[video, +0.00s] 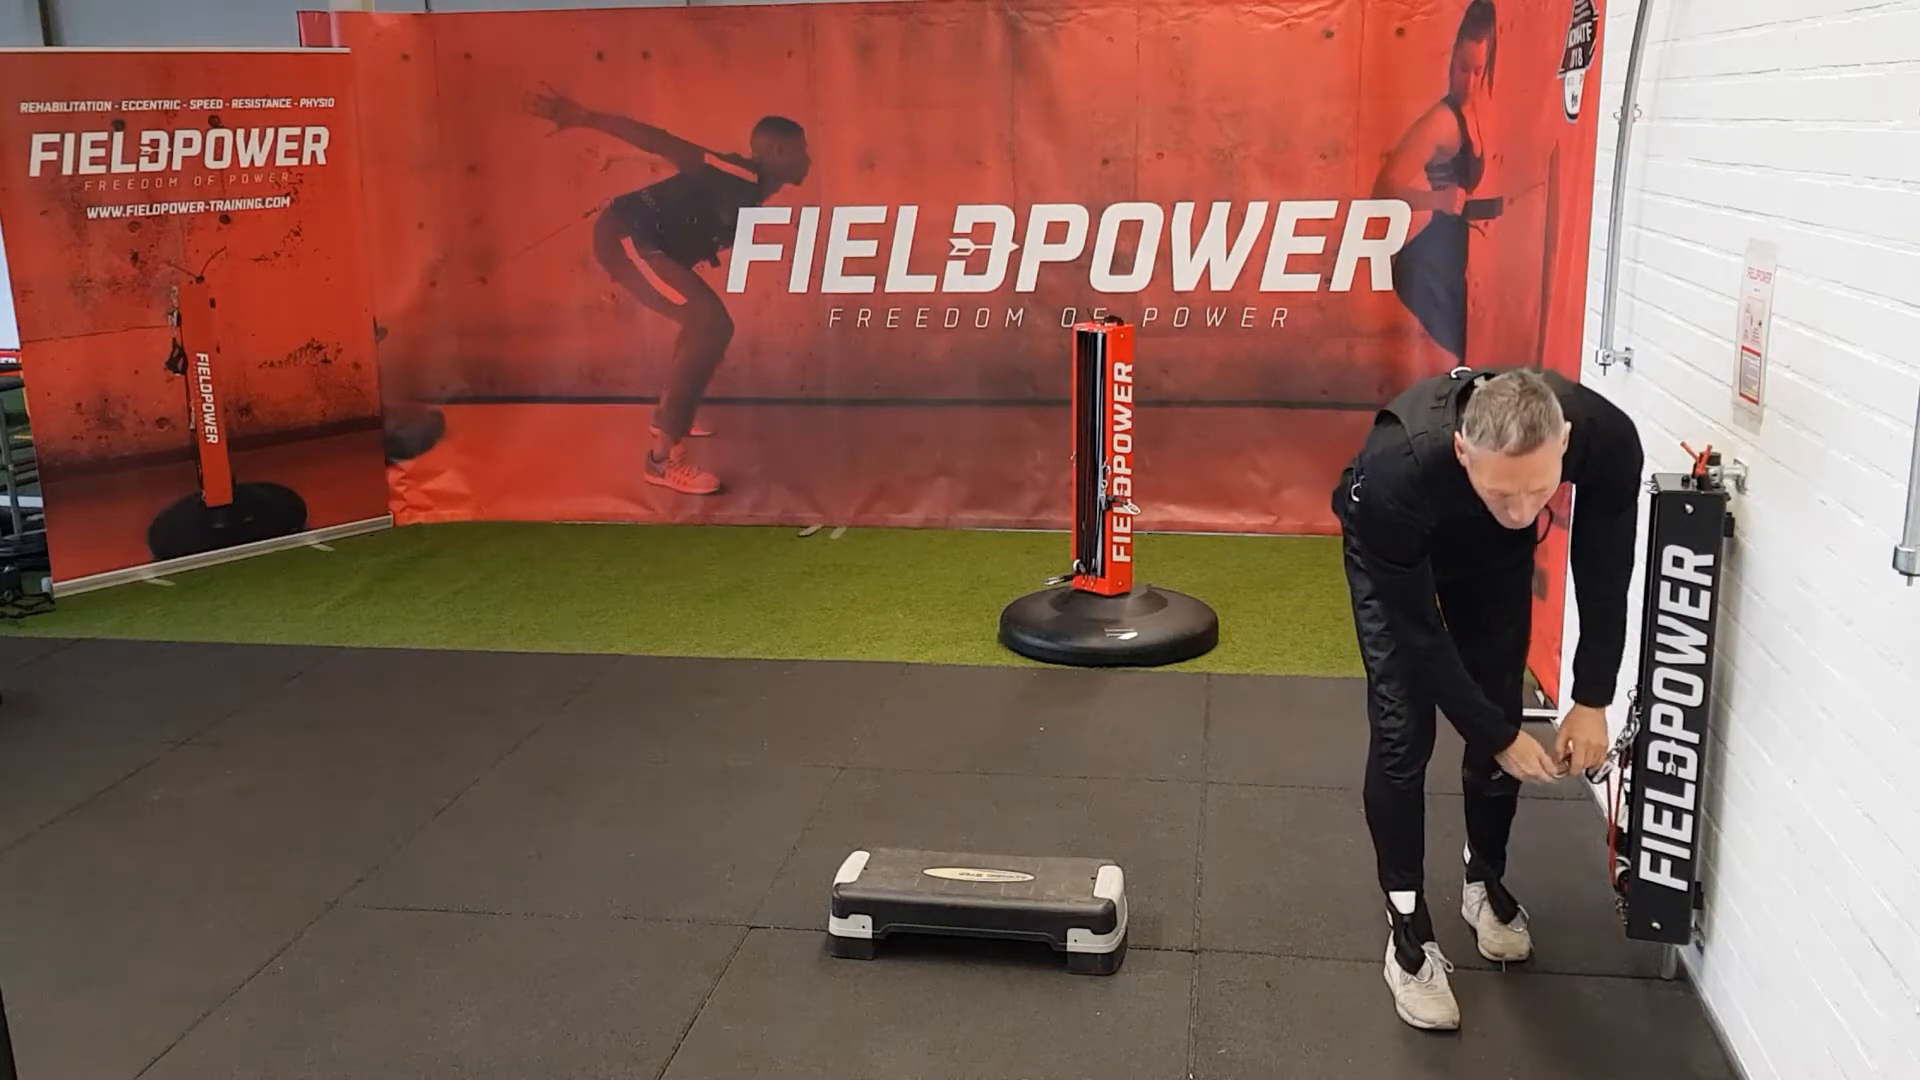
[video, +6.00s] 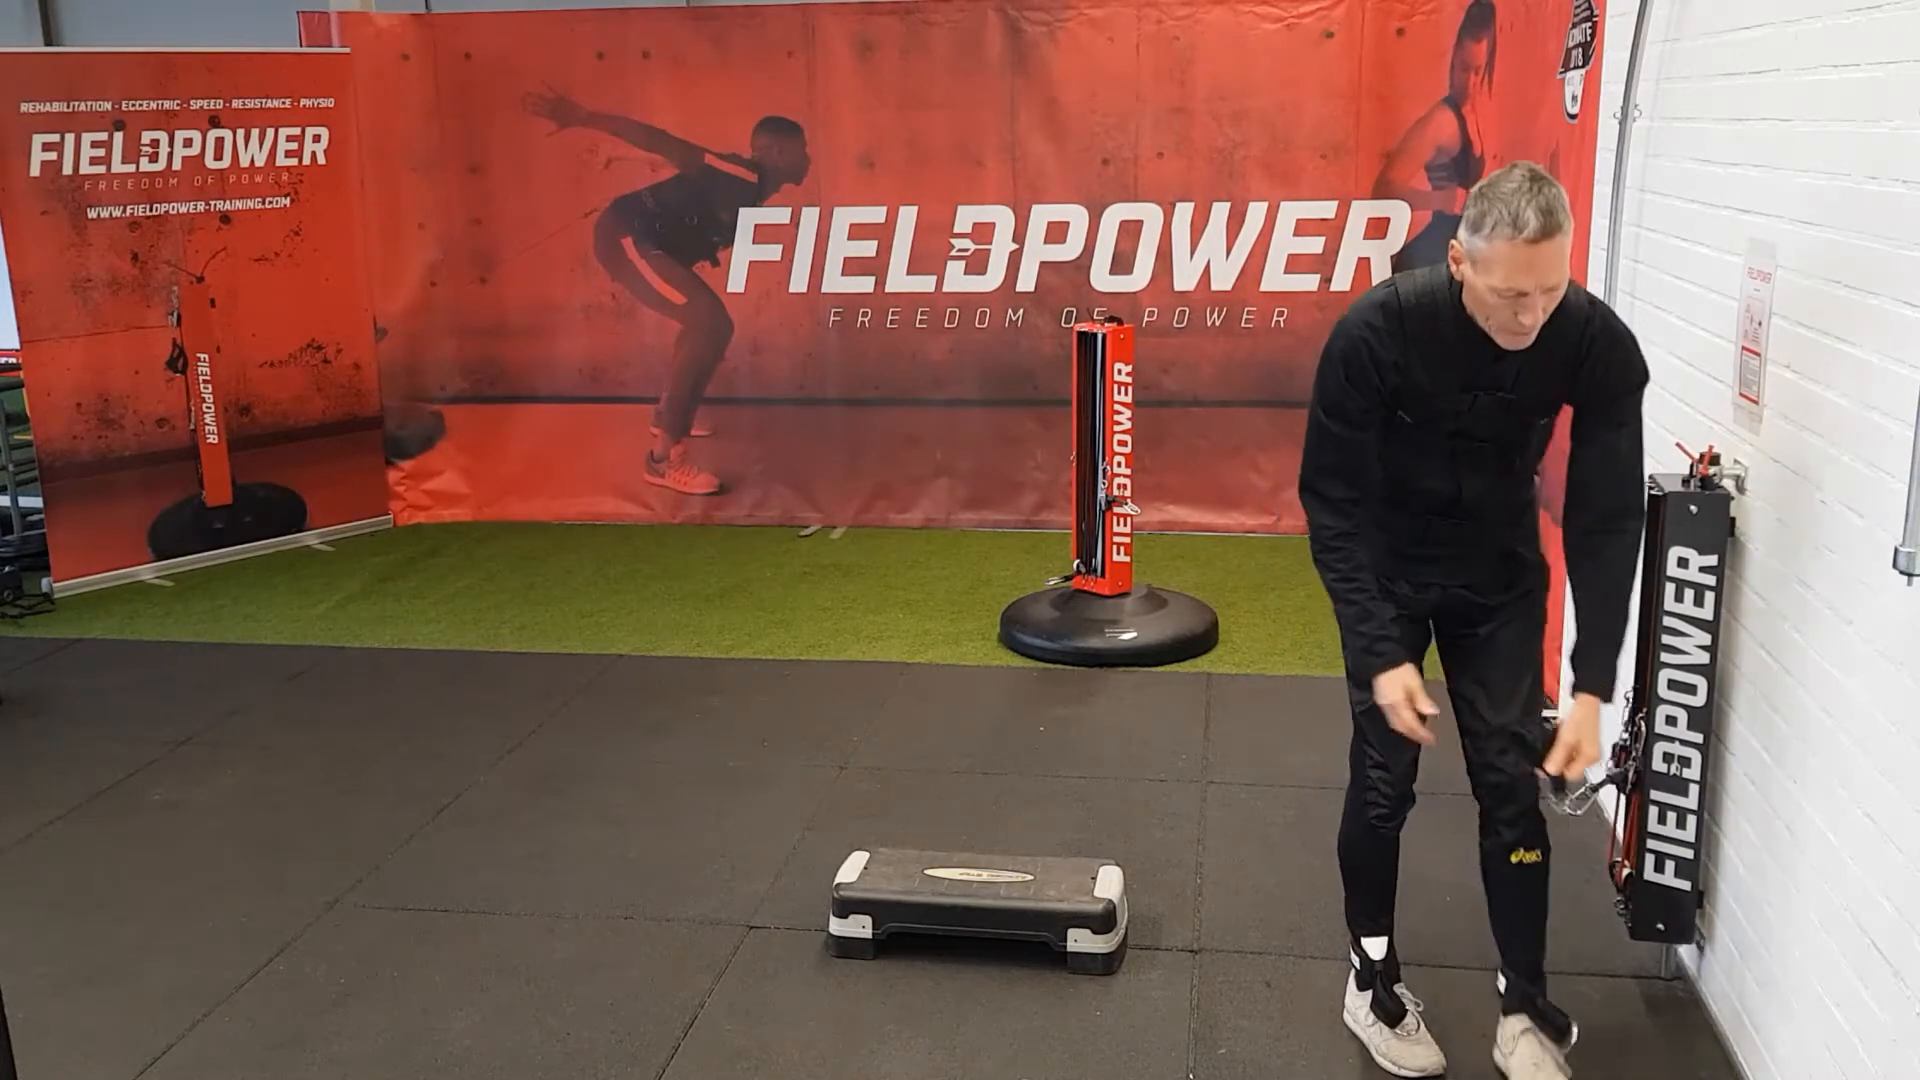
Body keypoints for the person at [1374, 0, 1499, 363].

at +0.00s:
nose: (1471, 81)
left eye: (1482, 71)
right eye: (1464, 68)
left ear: (1491, 73)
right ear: (1450, 65)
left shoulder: (1467, 120)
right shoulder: (1440, 121)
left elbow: (1437, 191)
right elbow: (1388, 189)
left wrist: (1473, 211)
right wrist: (1438, 200)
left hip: (1445, 254)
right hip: (1424, 257)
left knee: (1451, 358)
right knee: (1444, 360)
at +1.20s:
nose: (1471, 81)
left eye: (1480, 71)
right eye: (1464, 69)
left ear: (1489, 70)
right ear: (1450, 66)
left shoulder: (1473, 115)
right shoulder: (1440, 121)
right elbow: (1385, 189)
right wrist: (1442, 200)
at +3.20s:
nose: (1473, 80)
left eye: (1483, 70)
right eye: (1466, 68)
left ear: (1493, 70)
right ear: (1452, 64)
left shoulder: (1470, 119)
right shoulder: (1442, 120)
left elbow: (1437, 187)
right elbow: (1387, 188)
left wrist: (1469, 212)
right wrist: (1440, 199)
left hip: (1446, 256)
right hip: (1425, 258)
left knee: (1450, 357)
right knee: (1442, 359)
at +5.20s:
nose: (1471, 81)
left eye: (1481, 71)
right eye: (1464, 68)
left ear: (1492, 72)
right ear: (1451, 66)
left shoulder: (1466, 119)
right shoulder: (1442, 119)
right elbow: (1386, 188)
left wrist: (1469, 211)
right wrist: (1438, 199)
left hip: (1445, 256)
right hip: (1424, 259)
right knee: (1450, 356)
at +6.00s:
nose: (1469, 83)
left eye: (1478, 72)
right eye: (1463, 70)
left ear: (1487, 68)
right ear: (1447, 64)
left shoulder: (1468, 114)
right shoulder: (1440, 120)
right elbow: (1387, 188)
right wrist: (1442, 199)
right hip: (1428, 246)